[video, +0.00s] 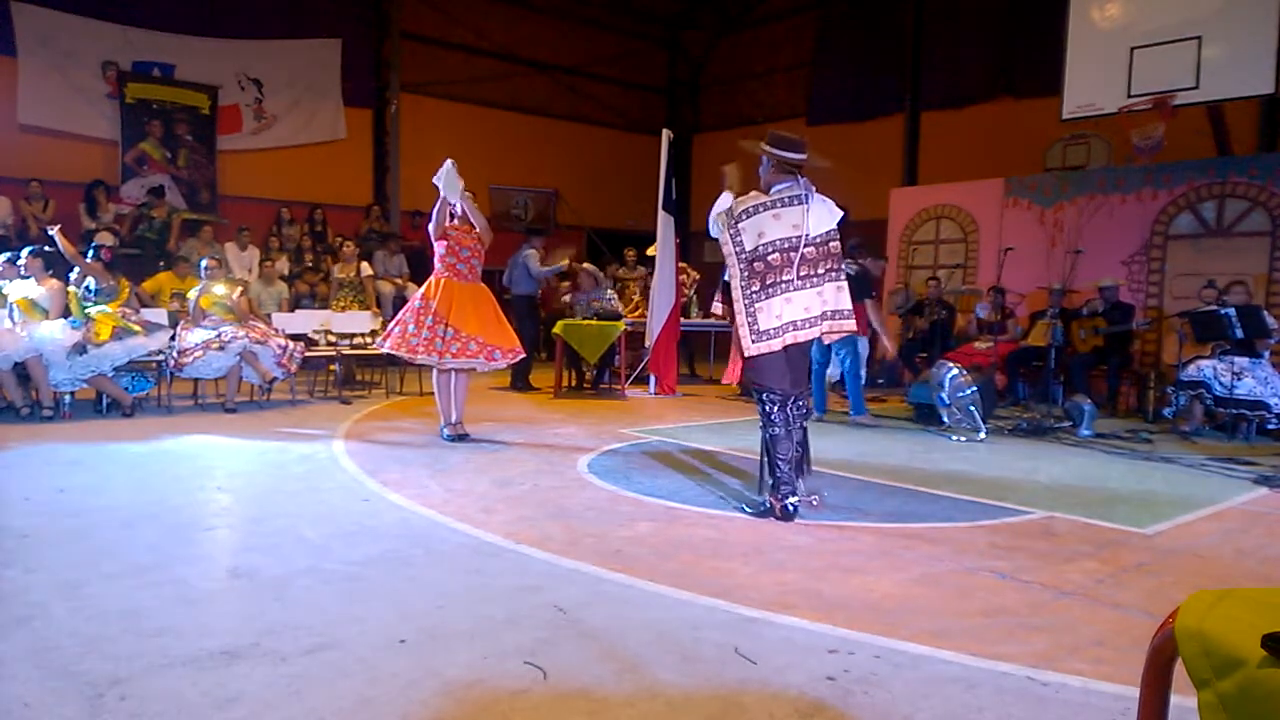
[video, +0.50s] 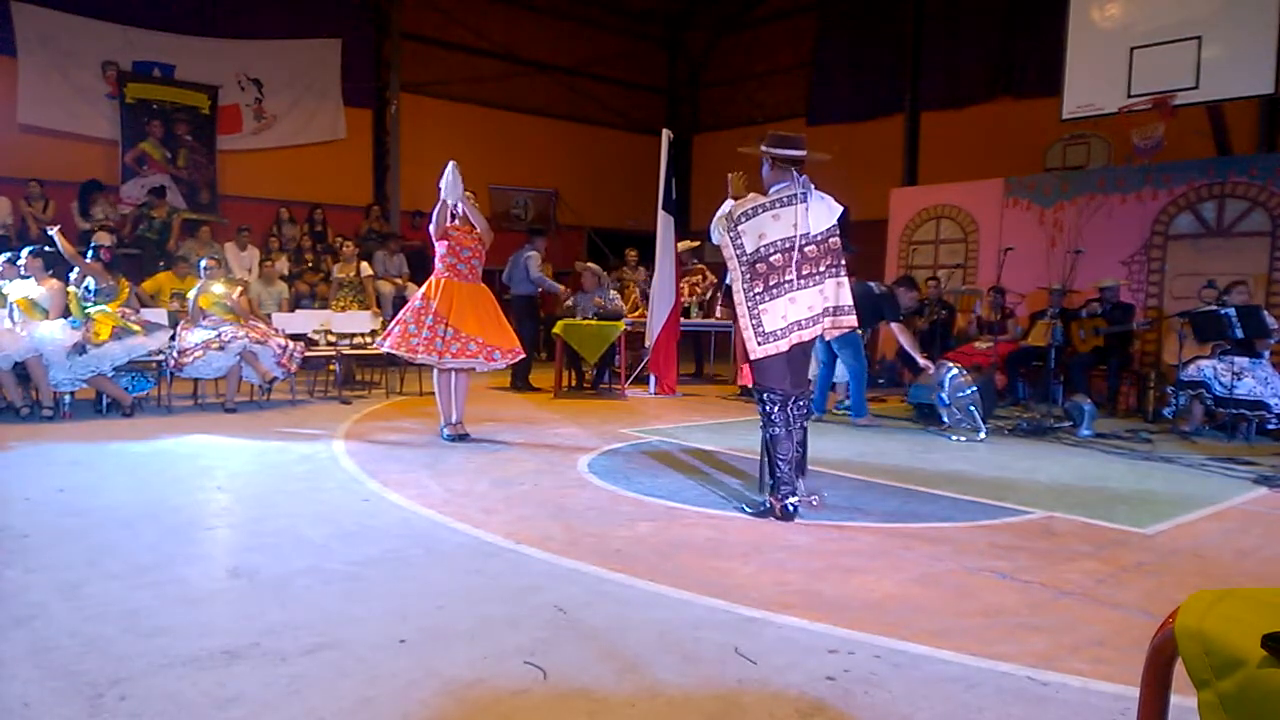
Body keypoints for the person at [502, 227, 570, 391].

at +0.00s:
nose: (543, 244)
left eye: (543, 240)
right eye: (542, 240)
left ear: (528, 239)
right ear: (535, 240)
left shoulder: (516, 256)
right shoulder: (530, 253)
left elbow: (506, 280)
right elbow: (537, 272)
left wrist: (522, 285)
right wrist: (562, 266)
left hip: (516, 298)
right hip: (528, 299)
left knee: (523, 338)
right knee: (530, 338)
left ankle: (518, 376)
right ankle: (522, 378)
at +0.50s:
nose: (545, 246)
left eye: (545, 242)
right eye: (543, 242)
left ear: (530, 241)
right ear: (536, 241)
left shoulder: (516, 255)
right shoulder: (533, 255)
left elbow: (505, 277)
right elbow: (535, 275)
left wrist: (520, 287)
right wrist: (559, 288)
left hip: (516, 298)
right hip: (528, 298)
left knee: (521, 338)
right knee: (528, 339)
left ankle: (517, 376)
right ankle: (522, 377)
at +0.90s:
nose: (559, 257)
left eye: (560, 253)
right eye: (558, 252)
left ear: (548, 248)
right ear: (551, 249)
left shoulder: (527, 257)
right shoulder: (541, 259)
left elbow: (512, 275)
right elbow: (531, 278)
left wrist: (524, 288)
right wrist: (545, 297)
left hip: (517, 299)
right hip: (527, 299)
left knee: (527, 339)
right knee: (531, 340)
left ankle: (525, 376)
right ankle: (527, 378)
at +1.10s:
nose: (568, 263)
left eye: (569, 259)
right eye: (568, 258)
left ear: (561, 256)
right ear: (561, 255)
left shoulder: (542, 261)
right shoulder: (549, 261)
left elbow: (522, 275)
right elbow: (534, 275)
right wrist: (547, 296)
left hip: (528, 298)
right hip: (527, 299)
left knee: (533, 341)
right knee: (530, 341)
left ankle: (537, 377)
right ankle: (523, 379)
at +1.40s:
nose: (577, 263)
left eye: (578, 259)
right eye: (576, 258)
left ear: (570, 258)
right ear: (570, 255)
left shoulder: (560, 268)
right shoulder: (556, 260)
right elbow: (539, 271)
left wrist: (552, 297)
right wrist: (551, 293)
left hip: (540, 300)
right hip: (531, 299)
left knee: (539, 341)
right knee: (529, 340)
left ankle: (538, 377)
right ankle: (520, 378)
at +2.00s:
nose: (572, 260)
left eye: (574, 256)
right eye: (571, 255)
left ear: (567, 255)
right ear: (564, 252)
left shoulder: (558, 268)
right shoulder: (549, 259)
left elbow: (551, 285)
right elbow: (532, 272)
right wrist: (543, 294)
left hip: (538, 301)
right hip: (528, 300)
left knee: (541, 340)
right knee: (529, 338)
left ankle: (537, 376)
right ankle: (517, 376)